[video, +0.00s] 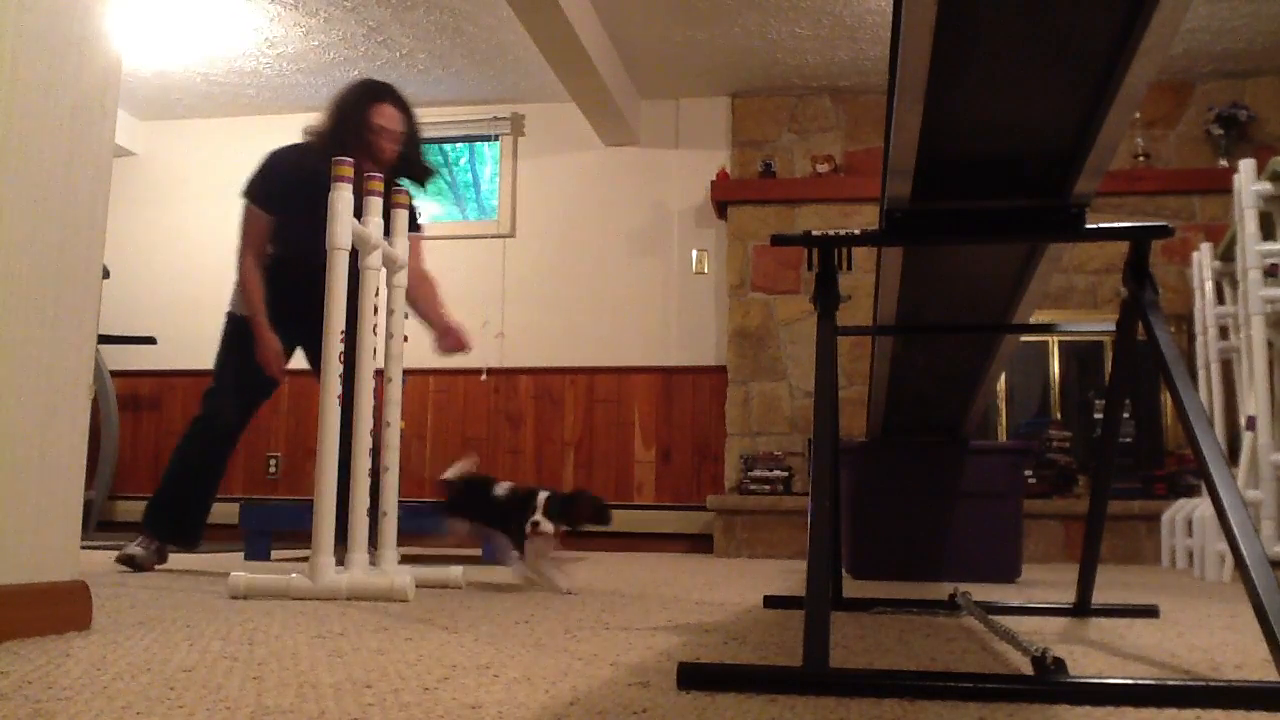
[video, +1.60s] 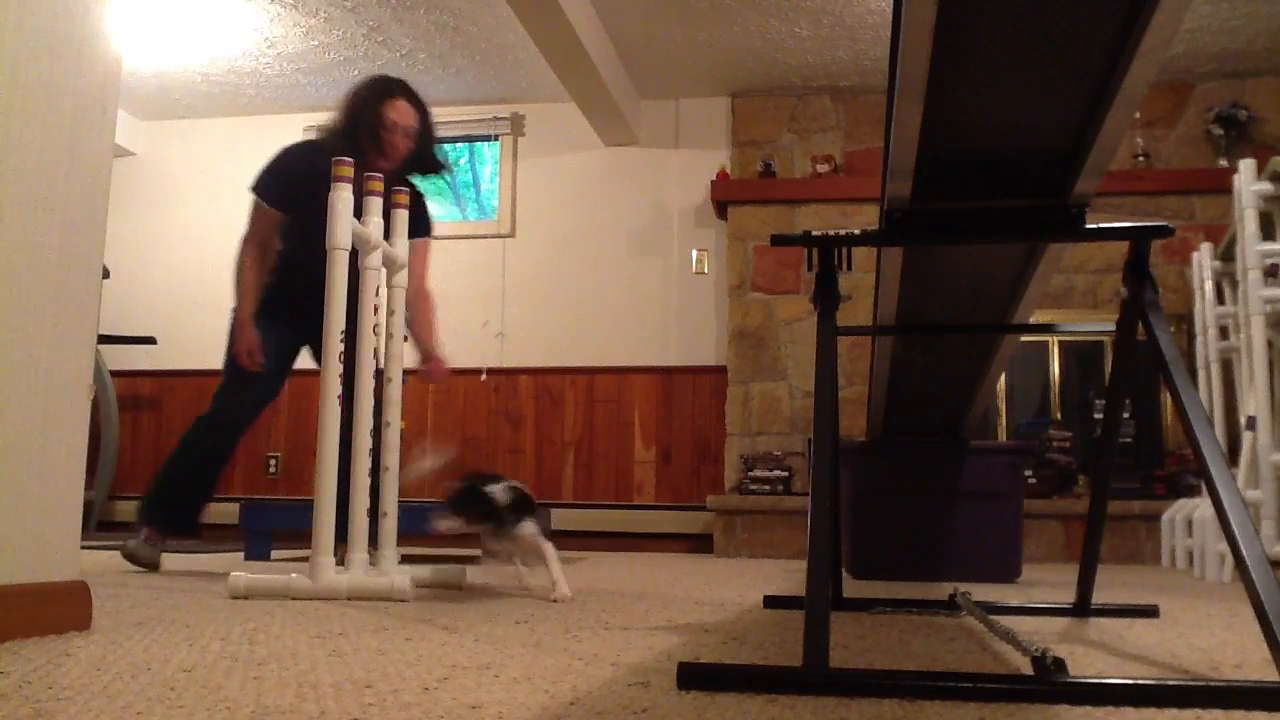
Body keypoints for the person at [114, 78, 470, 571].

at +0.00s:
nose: (388, 145)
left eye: (397, 136)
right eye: (379, 132)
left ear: (405, 139)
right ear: (351, 127)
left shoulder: (392, 191)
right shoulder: (291, 166)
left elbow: (413, 271)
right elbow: (251, 254)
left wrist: (440, 321)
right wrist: (261, 332)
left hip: (342, 311)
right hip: (274, 303)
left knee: (362, 422)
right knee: (222, 417)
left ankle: (358, 544)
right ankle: (157, 534)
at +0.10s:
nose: (366, 139)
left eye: (374, 130)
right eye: (355, 125)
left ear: (382, 134)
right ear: (329, 123)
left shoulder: (369, 185)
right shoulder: (270, 167)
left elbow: (393, 264)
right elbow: (234, 255)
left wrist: (415, 334)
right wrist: (248, 333)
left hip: (325, 310)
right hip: (259, 305)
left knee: (353, 423)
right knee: (213, 414)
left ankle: (354, 547)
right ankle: (149, 537)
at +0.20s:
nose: (330, 130)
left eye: (339, 122)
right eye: (320, 118)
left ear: (347, 130)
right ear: (294, 117)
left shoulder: (339, 185)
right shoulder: (236, 167)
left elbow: (351, 269)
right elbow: (204, 254)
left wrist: (353, 342)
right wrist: (220, 331)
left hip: (293, 310)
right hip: (228, 304)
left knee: (325, 422)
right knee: (185, 417)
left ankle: (338, 545)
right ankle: (142, 541)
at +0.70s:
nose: (370, 165)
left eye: (380, 156)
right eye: (360, 150)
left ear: (386, 159)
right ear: (329, 143)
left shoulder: (355, 206)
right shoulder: (271, 176)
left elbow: (364, 285)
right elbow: (210, 248)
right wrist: (191, 324)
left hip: (293, 323)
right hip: (230, 318)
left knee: (331, 422)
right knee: (181, 422)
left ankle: (344, 541)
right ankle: (139, 541)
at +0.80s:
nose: (392, 174)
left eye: (404, 168)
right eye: (385, 159)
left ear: (411, 174)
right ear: (355, 148)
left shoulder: (386, 216)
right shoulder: (295, 181)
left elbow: (397, 297)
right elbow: (233, 256)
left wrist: (414, 365)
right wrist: (212, 330)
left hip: (314, 329)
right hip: (250, 320)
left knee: (352, 425)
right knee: (195, 424)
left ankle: (346, 546)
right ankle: (139, 541)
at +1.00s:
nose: (433, 189)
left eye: (443, 180)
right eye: (425, 175)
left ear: (451, 180)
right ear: (395, 165)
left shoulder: (428, 232)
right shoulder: (324, 187)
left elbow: (453, 315)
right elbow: (270, 265)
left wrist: (489, 380)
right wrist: (265, 344)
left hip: (348, 319)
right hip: (285, 304)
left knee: (371, 425)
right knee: (232, 410)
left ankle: (349, 539)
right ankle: (161, 531)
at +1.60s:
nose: (399, 142)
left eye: (410, 133)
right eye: (390, 128)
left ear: (418, 139)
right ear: (364, 125)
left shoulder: (405, 200)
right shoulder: (305, 164)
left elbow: (415, 284)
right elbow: (257, 243)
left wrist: (429, 347)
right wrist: (245, 320)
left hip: (349, 313)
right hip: (283, 303)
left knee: (368, 421)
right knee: (234, 410)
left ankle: (357, 542)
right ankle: (157, 524)